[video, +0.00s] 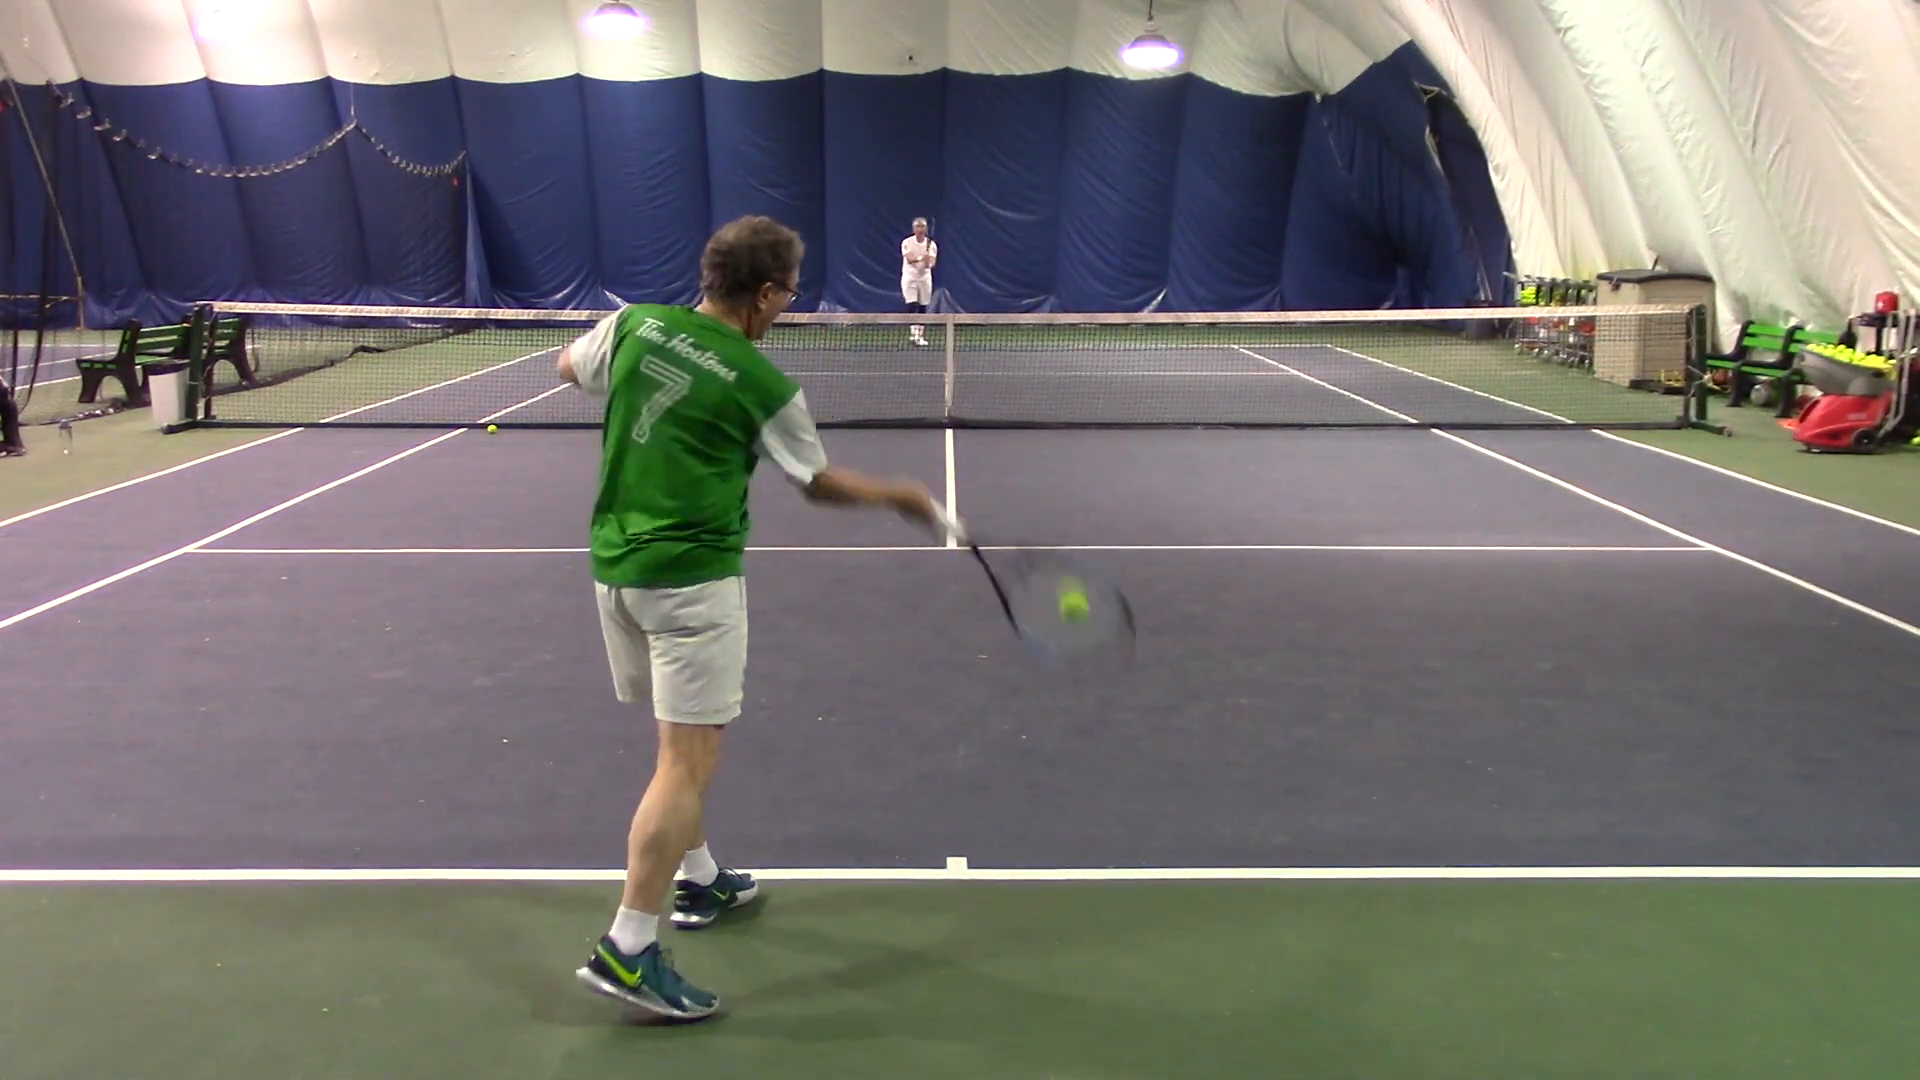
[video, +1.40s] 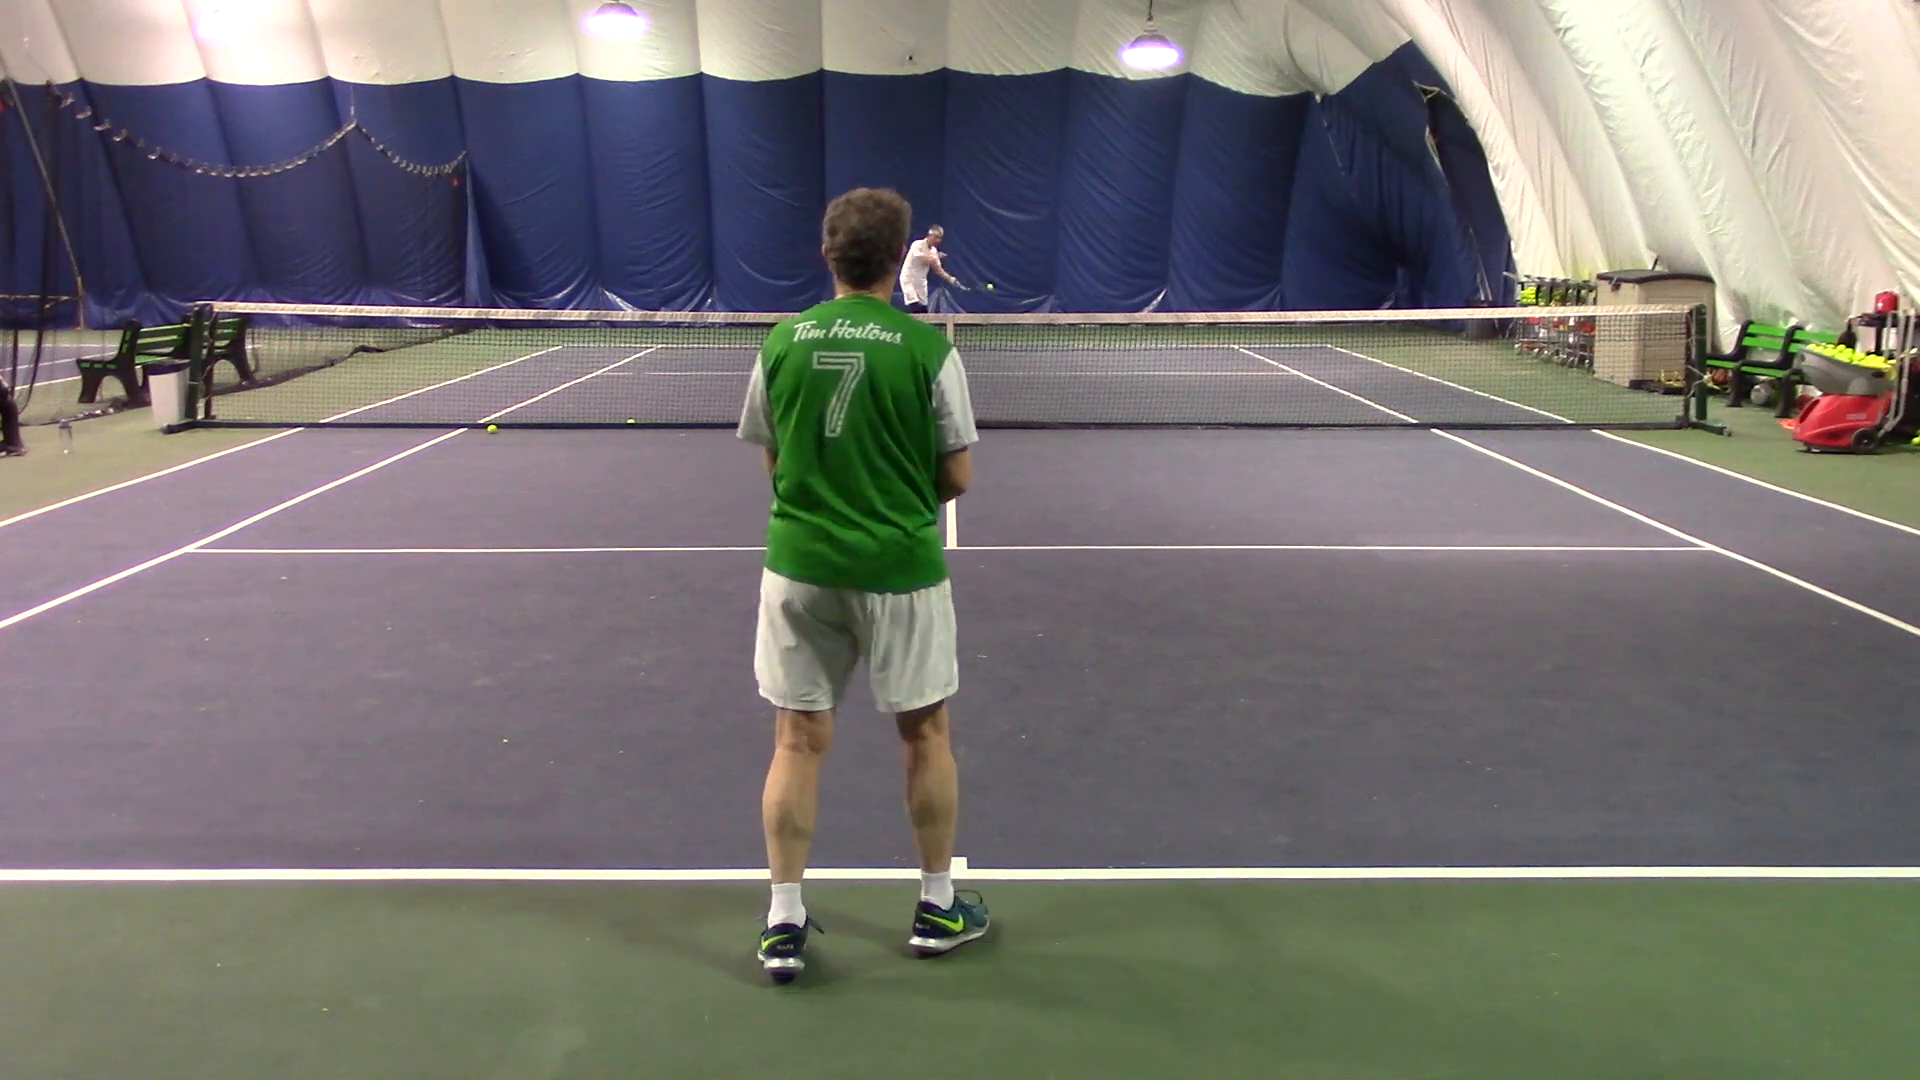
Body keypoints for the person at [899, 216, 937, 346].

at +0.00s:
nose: (920, 230)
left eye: (922, 227)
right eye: (918, 227)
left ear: (926, 229)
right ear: (914, 229)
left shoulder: (931, 245)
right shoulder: (907, 242)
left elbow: (932, 261)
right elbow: (909, 258)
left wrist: (925, 259)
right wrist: (923, 257)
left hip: (925, 277)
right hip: (910, 277)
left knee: (923, 307)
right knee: (912, 305)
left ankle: (920, 334)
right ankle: (913, 331)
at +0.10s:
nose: (919, 228)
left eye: (921, 225)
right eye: (916, 225)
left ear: (925, 227)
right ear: (912, 227)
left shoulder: (930, 244)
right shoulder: (905, 241)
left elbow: (930, 261)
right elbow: (907, 257)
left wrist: (922, 260)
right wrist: (922, 257)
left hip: (922, 276)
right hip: (907, 276)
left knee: (921, 306)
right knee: (907, 305)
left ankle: (920, 335)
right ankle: (908, 334)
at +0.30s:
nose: (914, 228)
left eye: (916, 225)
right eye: (911, 225)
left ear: (920, 227)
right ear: (907, 227)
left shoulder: (923, 243)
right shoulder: (900, 241)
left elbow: (926, 265)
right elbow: (903, 259)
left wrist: (924, 256)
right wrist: (918, 258)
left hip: (916, 276)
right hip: (901, 276)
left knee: (920, 305)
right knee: (894, 305)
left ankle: (919, 335)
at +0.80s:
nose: (918, 236)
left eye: (920, 233)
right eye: (916, 233)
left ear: (922, 235)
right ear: (910, 233)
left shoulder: (921, 247)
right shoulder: (903, 246)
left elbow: (926, 261)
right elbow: (909, 261)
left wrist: (934, 266)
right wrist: (928, 266)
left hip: (913, 281)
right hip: (900, 281)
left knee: (922, 307)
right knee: (897, 311)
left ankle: (919, 335)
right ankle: (890, 337)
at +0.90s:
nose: (923, 238)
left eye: (925, 236)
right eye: (920, 235)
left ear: (926, 237)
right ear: (915, 236)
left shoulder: (923, 249)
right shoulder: (908, 248)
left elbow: (933, 257)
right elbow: (921, 259)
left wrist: (944, 256)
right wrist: (939, 258)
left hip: (913, 280)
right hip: (901, 280)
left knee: (923, 307)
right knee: (907, 308)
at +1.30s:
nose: (937, 245)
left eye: (939, 243)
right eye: (935, 242)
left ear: (941, 244)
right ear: (930, 240)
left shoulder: (931, 253)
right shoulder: (920, 251)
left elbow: (930, 270)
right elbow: (931, 267)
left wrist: (943, 275)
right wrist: (941, 259)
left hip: (918, 283)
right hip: (906, 282)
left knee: (924, 308)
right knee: (915, 307)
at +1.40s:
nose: (938, 241)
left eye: (940, 238)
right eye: (936, 237)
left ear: (941, 239)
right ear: (930, 235)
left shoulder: (934, 251)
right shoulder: (917, 245)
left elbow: (938, 270)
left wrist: (950, 279)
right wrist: (935, 257)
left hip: (921, 280)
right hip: (908, 278)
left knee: (923, 307)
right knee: (915, 306)